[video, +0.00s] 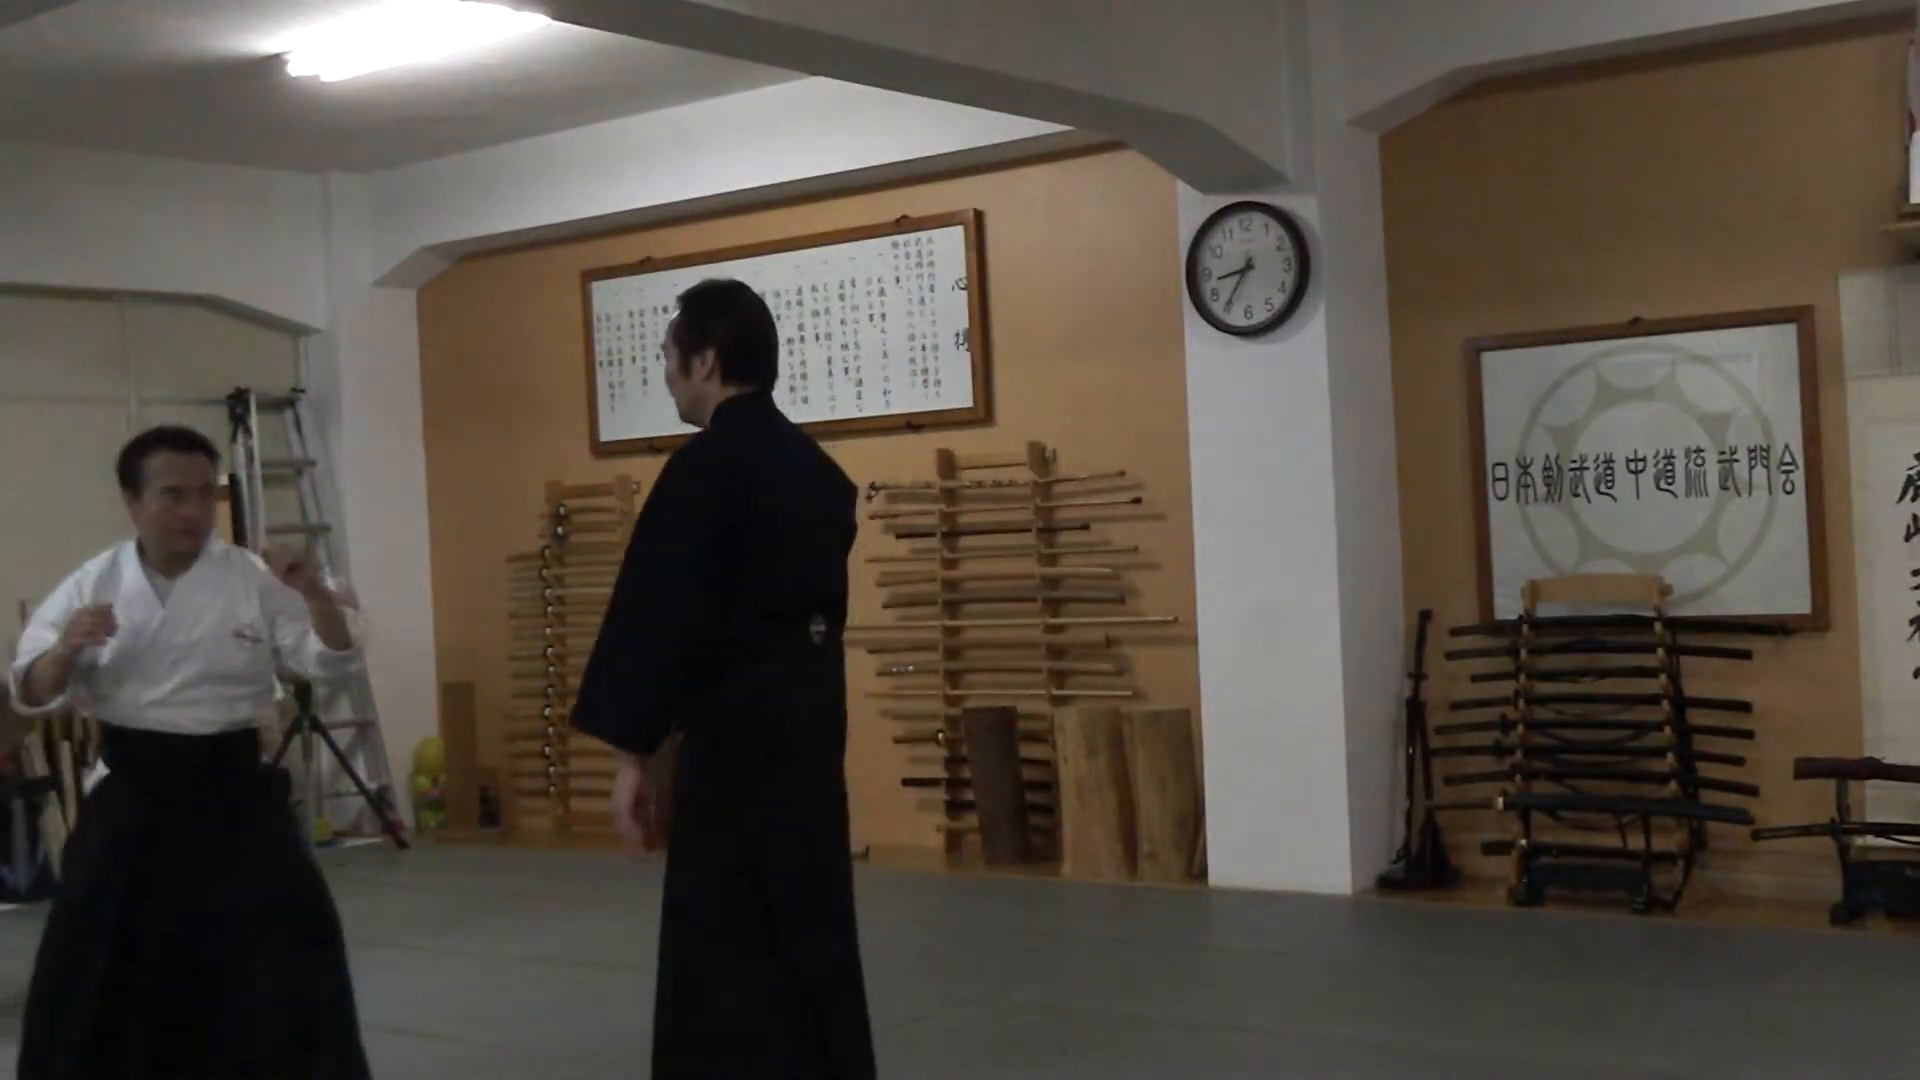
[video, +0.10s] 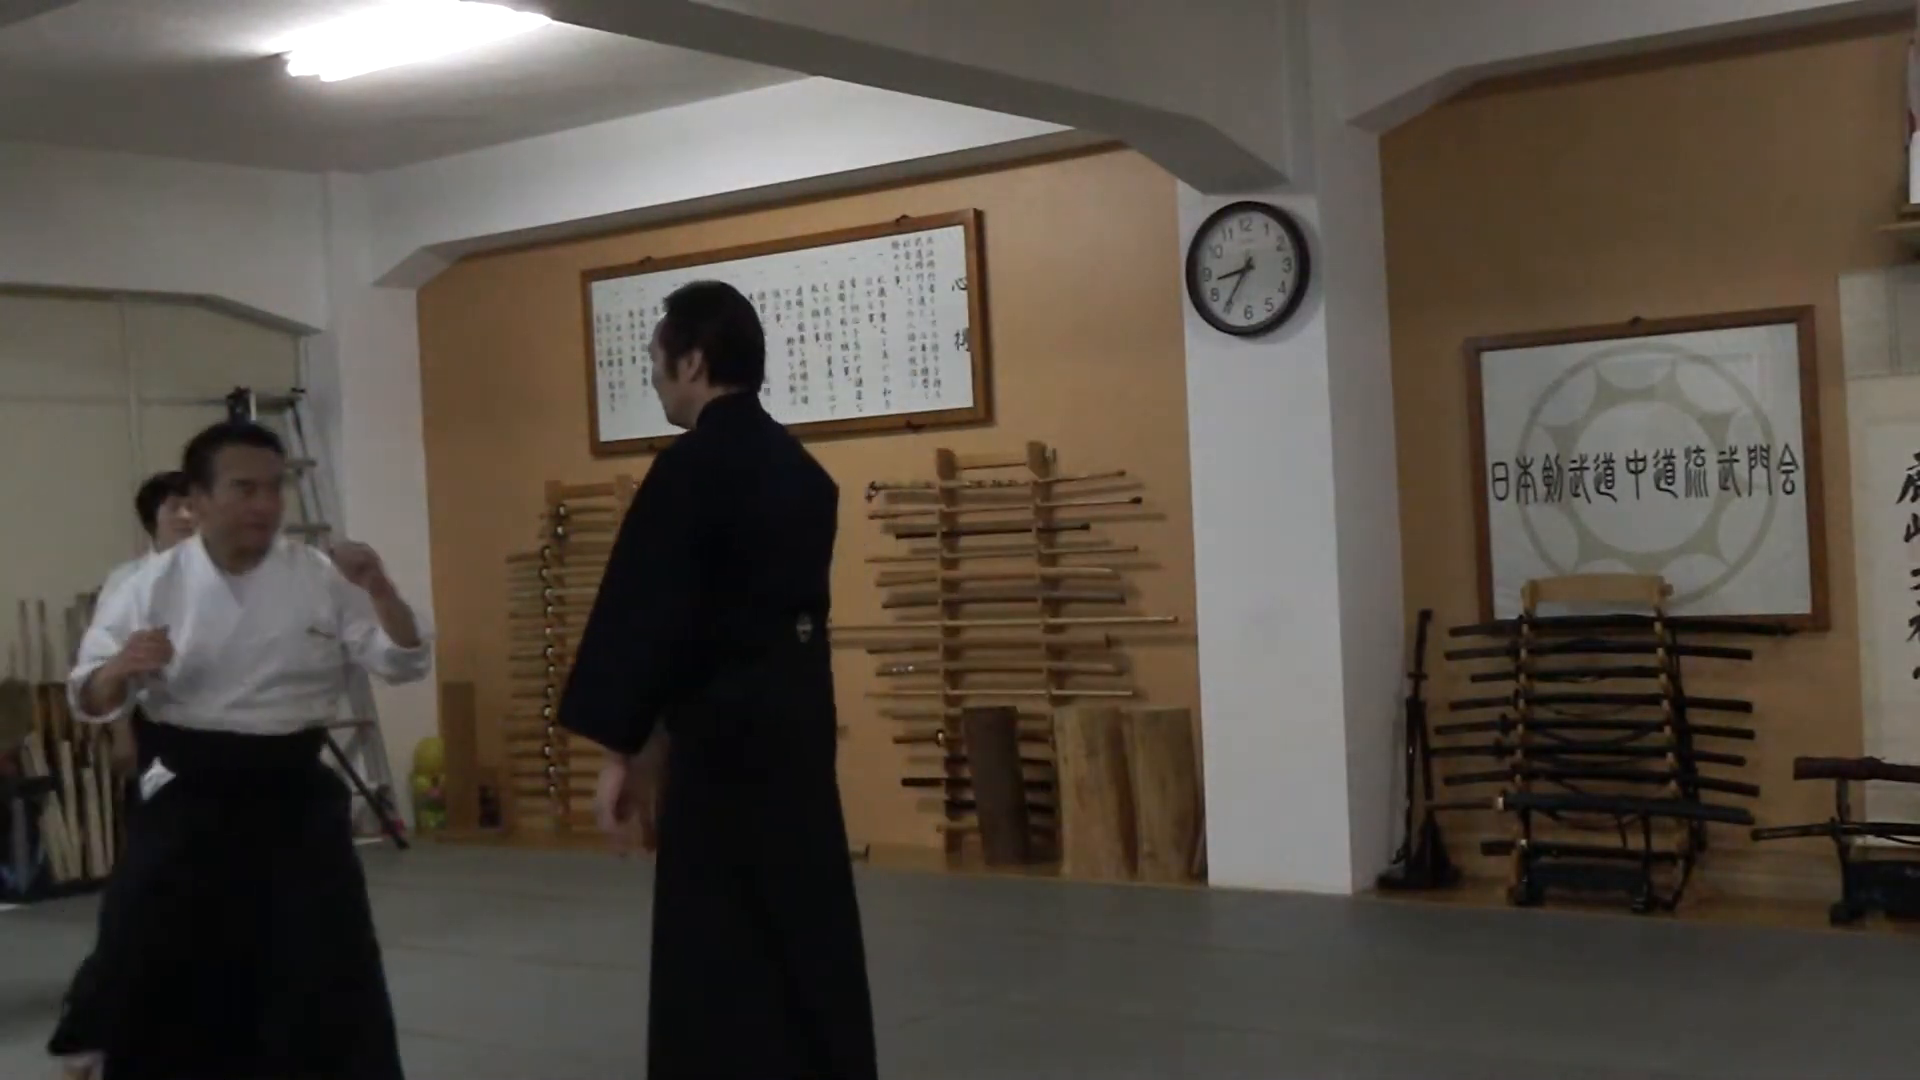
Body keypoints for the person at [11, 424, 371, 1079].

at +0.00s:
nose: (194, 512)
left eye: (206, 495)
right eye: (174, 496)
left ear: (218, 501)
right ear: (133, 506)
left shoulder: (249, 578)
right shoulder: (95, 584)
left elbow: (336, 667)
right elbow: (26, 695)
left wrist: (316, 597)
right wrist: (65, 652)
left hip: (239, 789)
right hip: (133, 791)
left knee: (293, 948)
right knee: (94, 952)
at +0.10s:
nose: (264, 506)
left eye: (274, 488)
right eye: (244, 489)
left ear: (286, 493)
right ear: (197, 502)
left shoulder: (316, 575)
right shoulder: (145, 585)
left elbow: (407, 664)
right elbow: (91, 703)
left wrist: (381, 592)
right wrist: (118, 671)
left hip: (294, 785)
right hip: (187, 786)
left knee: (328, 958)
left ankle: (339, 1068)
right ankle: (92, 1050)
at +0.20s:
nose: (329, 504)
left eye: (337, 486)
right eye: (311, 487)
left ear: (347, 491)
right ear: (261, 498)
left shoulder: (374, 579)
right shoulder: (211, 584)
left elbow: (461, 664)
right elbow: (150, 705)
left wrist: (441, 596)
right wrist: (185, 677)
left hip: (350, 786)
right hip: (249, 792)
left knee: (366, 972)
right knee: (255, 972)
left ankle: (372, 1071)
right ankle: (260, 1067)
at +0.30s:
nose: (391, 496)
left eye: (397, 479)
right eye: (371, 480)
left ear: (405, 484)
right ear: (323, 496)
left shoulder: (419, 576)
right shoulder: (275, 581)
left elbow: (498, 670)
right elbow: (218, 698)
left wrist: (474, 617)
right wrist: (294, 649)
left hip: (401, 774)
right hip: (313, 783)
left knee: (422, 950)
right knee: (368, 940)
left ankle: (433, 1070)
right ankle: (293, 1064)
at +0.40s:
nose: (449, 489)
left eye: (454, 472)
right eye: (430, 473)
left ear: (460, 480)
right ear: (378, 488)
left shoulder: (447, 571)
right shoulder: (358, 569)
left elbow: (523, 676)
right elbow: (404, 622)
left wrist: (509, 630)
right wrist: (505, 563)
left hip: (450, 796)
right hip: (386, 807)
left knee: (416, 983)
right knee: (514, 967)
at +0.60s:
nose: (517, 440)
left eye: (517, 425)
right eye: (499, 426)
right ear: (446, 441)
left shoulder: (476, 511)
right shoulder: (437, 511)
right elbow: (507, 555)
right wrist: (595, 503)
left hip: (512, 746)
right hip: (479, 754)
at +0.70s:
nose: (501, 405)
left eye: (490, 391)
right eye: (482, 394)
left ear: (446, 425)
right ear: (441, 423)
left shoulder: (465, 491)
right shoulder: (438, 492)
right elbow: (499, 544)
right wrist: (593, 493)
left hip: (510, 721)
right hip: (490, 727)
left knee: (511, 918)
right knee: (528, 918)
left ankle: (482, 1054)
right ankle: (490, 1056)